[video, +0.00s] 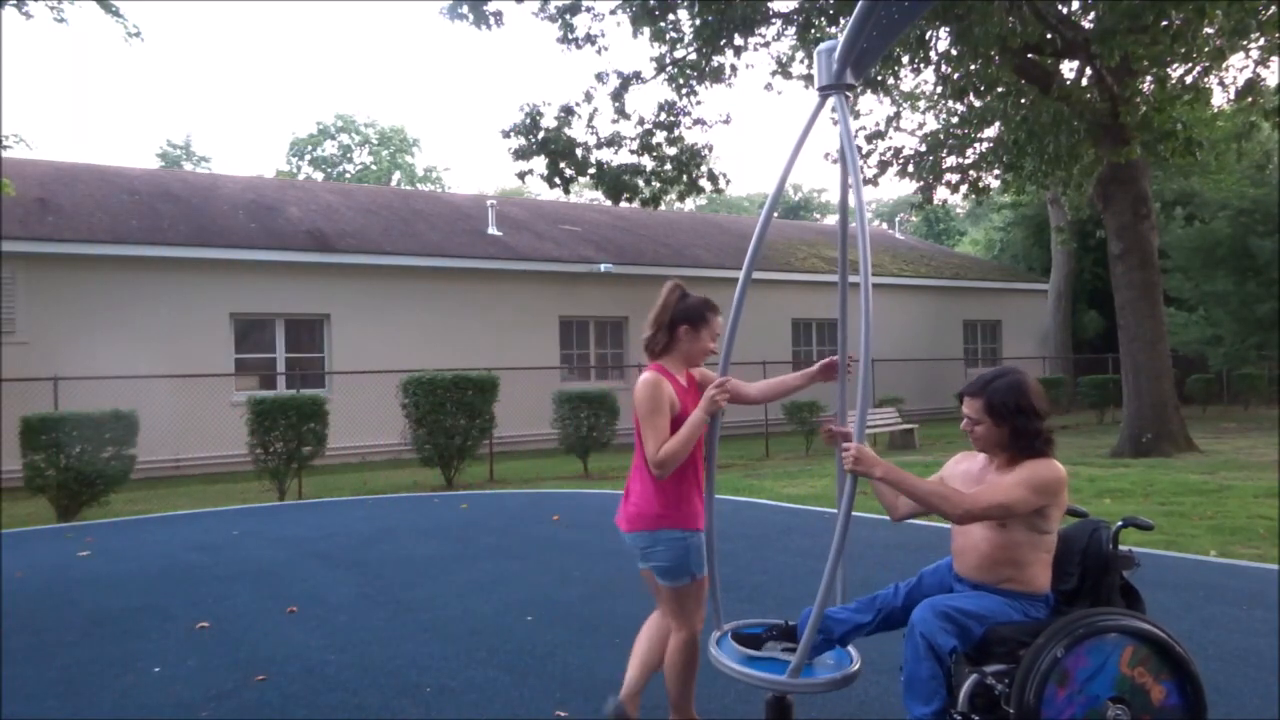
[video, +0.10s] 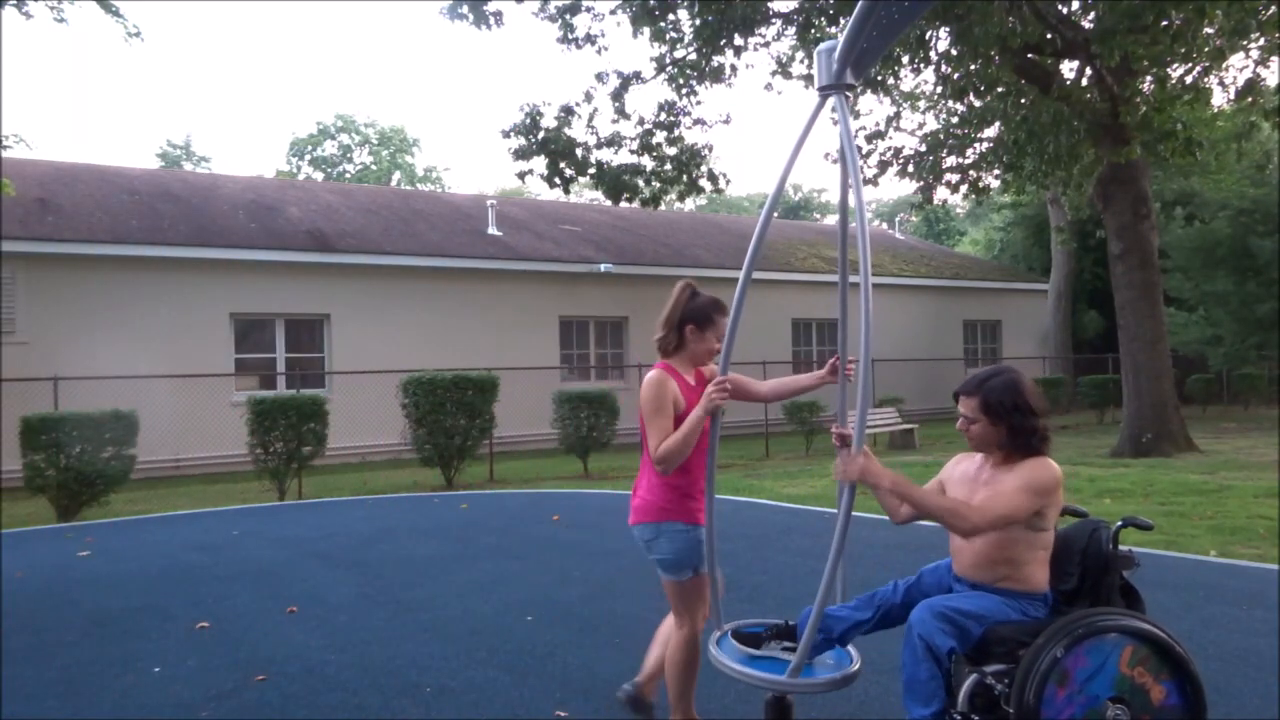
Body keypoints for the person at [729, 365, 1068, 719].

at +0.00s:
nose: (964, 429)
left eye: (974, 422)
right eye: (964, 419)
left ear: (1010, 424)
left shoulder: (1046, 474)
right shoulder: (965, 463)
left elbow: (963, 510)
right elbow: (901, 508)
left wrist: (879, 467)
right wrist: (863, 457)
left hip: (1013, 599)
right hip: (956, 578)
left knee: (928, 620)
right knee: (888, 602)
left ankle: (927, 713)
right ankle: (800, 633)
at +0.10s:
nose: (960, 427)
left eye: (970, 420)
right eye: (960, 418)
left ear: (1005, 423)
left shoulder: (1042, 474)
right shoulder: (961, 464)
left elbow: (969, 520)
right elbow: (902, 511)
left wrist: (879, 476)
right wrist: (858, 460)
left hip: (1014, 599)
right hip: (956, 580)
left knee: (927, 620)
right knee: (888, 599)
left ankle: (926, 712)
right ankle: (800, 634)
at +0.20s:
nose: (954, 425)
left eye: (964, 418)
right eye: (955, 416)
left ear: (998, 419)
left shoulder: (1035, 476)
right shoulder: (960, 466)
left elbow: (985, 548)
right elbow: (901, 512)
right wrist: (864, 458)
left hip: (1014, 599)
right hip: (957, 582)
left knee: (927, 621)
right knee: (890, 600)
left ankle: (927, 713)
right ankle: (800, 634)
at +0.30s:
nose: (950, 423)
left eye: (959, 415)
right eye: (950, 414)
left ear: (993, 417)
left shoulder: (1030, 477)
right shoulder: (958, 467)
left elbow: (991, 564)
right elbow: (898, 512)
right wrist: (862, 455)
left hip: (1014, 599)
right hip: (956, 584)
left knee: (923, 628)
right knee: (871, 608)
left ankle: (927, 713)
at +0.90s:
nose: (951, 413)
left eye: (960, 406)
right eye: (954, 404)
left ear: (991, 413)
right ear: (978, 414)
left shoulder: (1028, 474)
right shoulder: (956, 471)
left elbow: (1023, 569)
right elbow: (894, 513)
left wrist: (942, 603)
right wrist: (864, 460)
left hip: (1016, 601)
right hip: (961, 591)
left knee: (933, 574)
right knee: (894, 594)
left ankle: (888, 693)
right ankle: (798, 632)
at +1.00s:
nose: (949, 419)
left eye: (957, 412)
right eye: (950, 411)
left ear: (991, 416)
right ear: (976, 415)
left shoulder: (1029, 471)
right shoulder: (955, 472)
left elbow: (1032, 567)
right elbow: (893, 513)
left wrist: (947, 585)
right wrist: (863, 458)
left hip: (1019, 602)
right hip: (965, 592)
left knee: (944, 558)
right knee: (894, 593)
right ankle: (794, 636)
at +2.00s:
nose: (933, 410)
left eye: (944, 405)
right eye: (937, 402)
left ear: (974, 417)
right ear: (958, 416)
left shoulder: (1012, 465)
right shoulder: (940, 476)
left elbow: (1066, 544)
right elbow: (881, 513)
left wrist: (995, 605)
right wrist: (856, 454)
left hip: (1021, 598)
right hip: (967, 594)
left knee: (937, 572)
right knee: (896, 594)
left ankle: (855, 648)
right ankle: (796, 630)